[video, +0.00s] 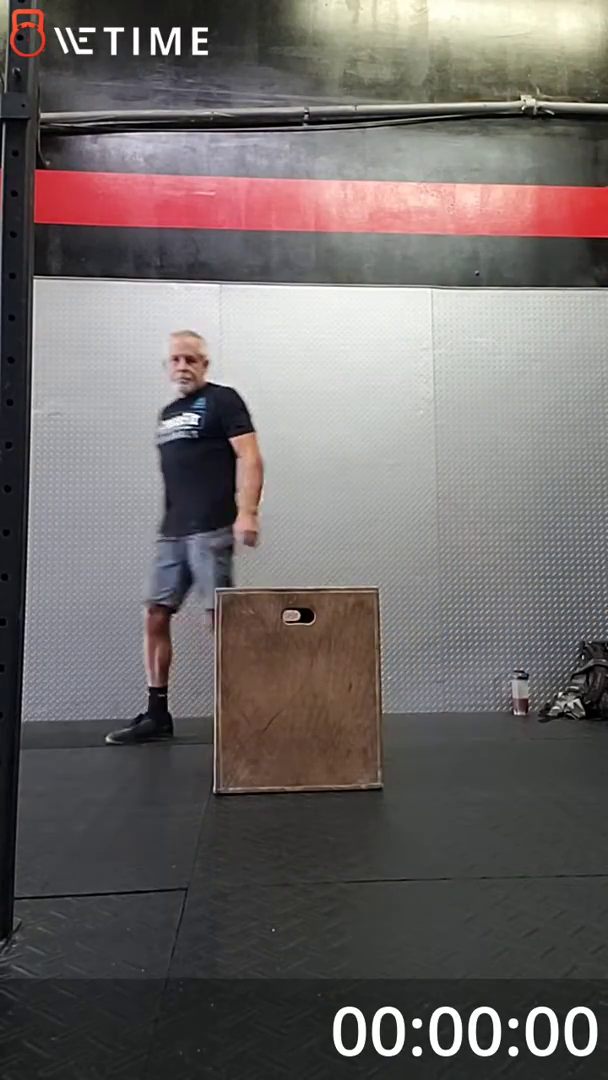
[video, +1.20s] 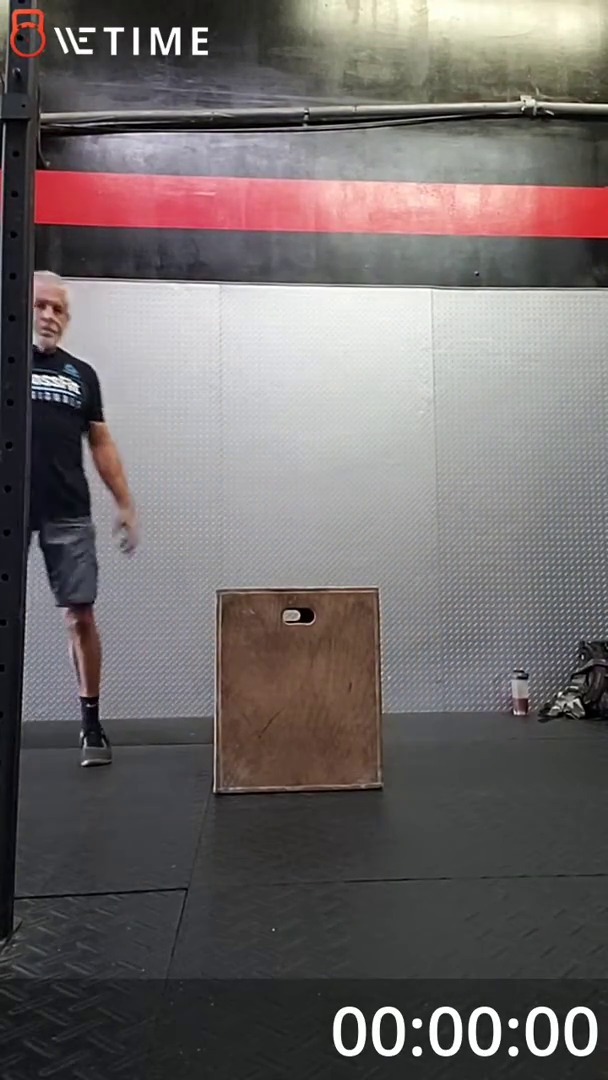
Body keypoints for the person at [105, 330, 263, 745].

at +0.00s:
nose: (182, 367)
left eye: (190, 360)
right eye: (176, 360)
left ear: (205, 363)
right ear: (169, 365)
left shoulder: (224, 399)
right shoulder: (168, 412)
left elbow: (250, 457)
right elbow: (177, 473)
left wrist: (247, 512)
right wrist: (171, 520)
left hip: (213, 529)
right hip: (173, 530)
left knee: (222, 622)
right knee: (155, 616)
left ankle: (244, 720)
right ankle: (157, 715)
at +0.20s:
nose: (155, 359)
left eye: (163, 352)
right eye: (148, 352)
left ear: (176, 357)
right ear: (137, 358)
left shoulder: (199, 396)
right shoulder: (131, 408)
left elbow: (233, 453)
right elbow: (126, 470)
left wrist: (252, 513)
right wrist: (102, 529)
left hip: (184, 520)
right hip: (141, 524)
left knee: (168, 610)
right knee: (141, 619)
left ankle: (229, 677)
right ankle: (156, 716)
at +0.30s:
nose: (143, 356)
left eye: (150, 349)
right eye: (135, 349)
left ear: (163, 355)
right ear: (124, 355)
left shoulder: (186, 395)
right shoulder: (113, 404)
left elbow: (220, 452)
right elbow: (100, 466)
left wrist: (240, 513)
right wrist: (75, 525)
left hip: (174, 516)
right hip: (132, 522)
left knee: (154, 603)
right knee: (136, 616)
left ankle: (178, 697)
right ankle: (152, 713)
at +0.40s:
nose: (133, 354)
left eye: (141, 348)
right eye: (125, 347)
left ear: (153, 354)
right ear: (113, 353)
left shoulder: (176, 395)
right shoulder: (96, 403)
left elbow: (205, 454)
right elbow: (79, 465)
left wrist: (222, 515)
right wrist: (54, 525)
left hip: (164, 517)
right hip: (120, 524)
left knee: (140, 611)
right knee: (133, 619)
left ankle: (128, 720)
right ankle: (156, 712)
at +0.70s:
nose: (117, 343)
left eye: (125, 337)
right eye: (109, 335)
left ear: (135, 345)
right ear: (94, 339)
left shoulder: (152, 393)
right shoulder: (65, 388)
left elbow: (173, 459)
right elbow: (49, 452)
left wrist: (183, 521)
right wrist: (37, 511)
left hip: (128, 524)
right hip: (73, 522)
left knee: (114, 618)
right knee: (58, 619)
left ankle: (97, 728)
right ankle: (114, 684)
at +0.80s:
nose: (108, 339)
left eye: (117, 333)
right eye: (101, 330)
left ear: (126, 341)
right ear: (85, 333)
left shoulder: (143, 389)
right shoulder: (52, 382)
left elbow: (164, 454)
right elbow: (35, 447)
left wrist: (174, 511)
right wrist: (27, 504)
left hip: (120, 523)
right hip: (61, 519)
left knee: (112, 619)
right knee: (34, 612)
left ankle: (98, 727)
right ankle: (68, 693)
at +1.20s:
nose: (50, 316)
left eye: (58, 309)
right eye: (41, 306)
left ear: (67, 317)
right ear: (26, 311)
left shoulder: (80, 374)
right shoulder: (12, 362)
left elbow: (101, 442)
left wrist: (124, 503)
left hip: (65, 509)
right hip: (16, 509)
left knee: (80, 616)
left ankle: (91, 725)